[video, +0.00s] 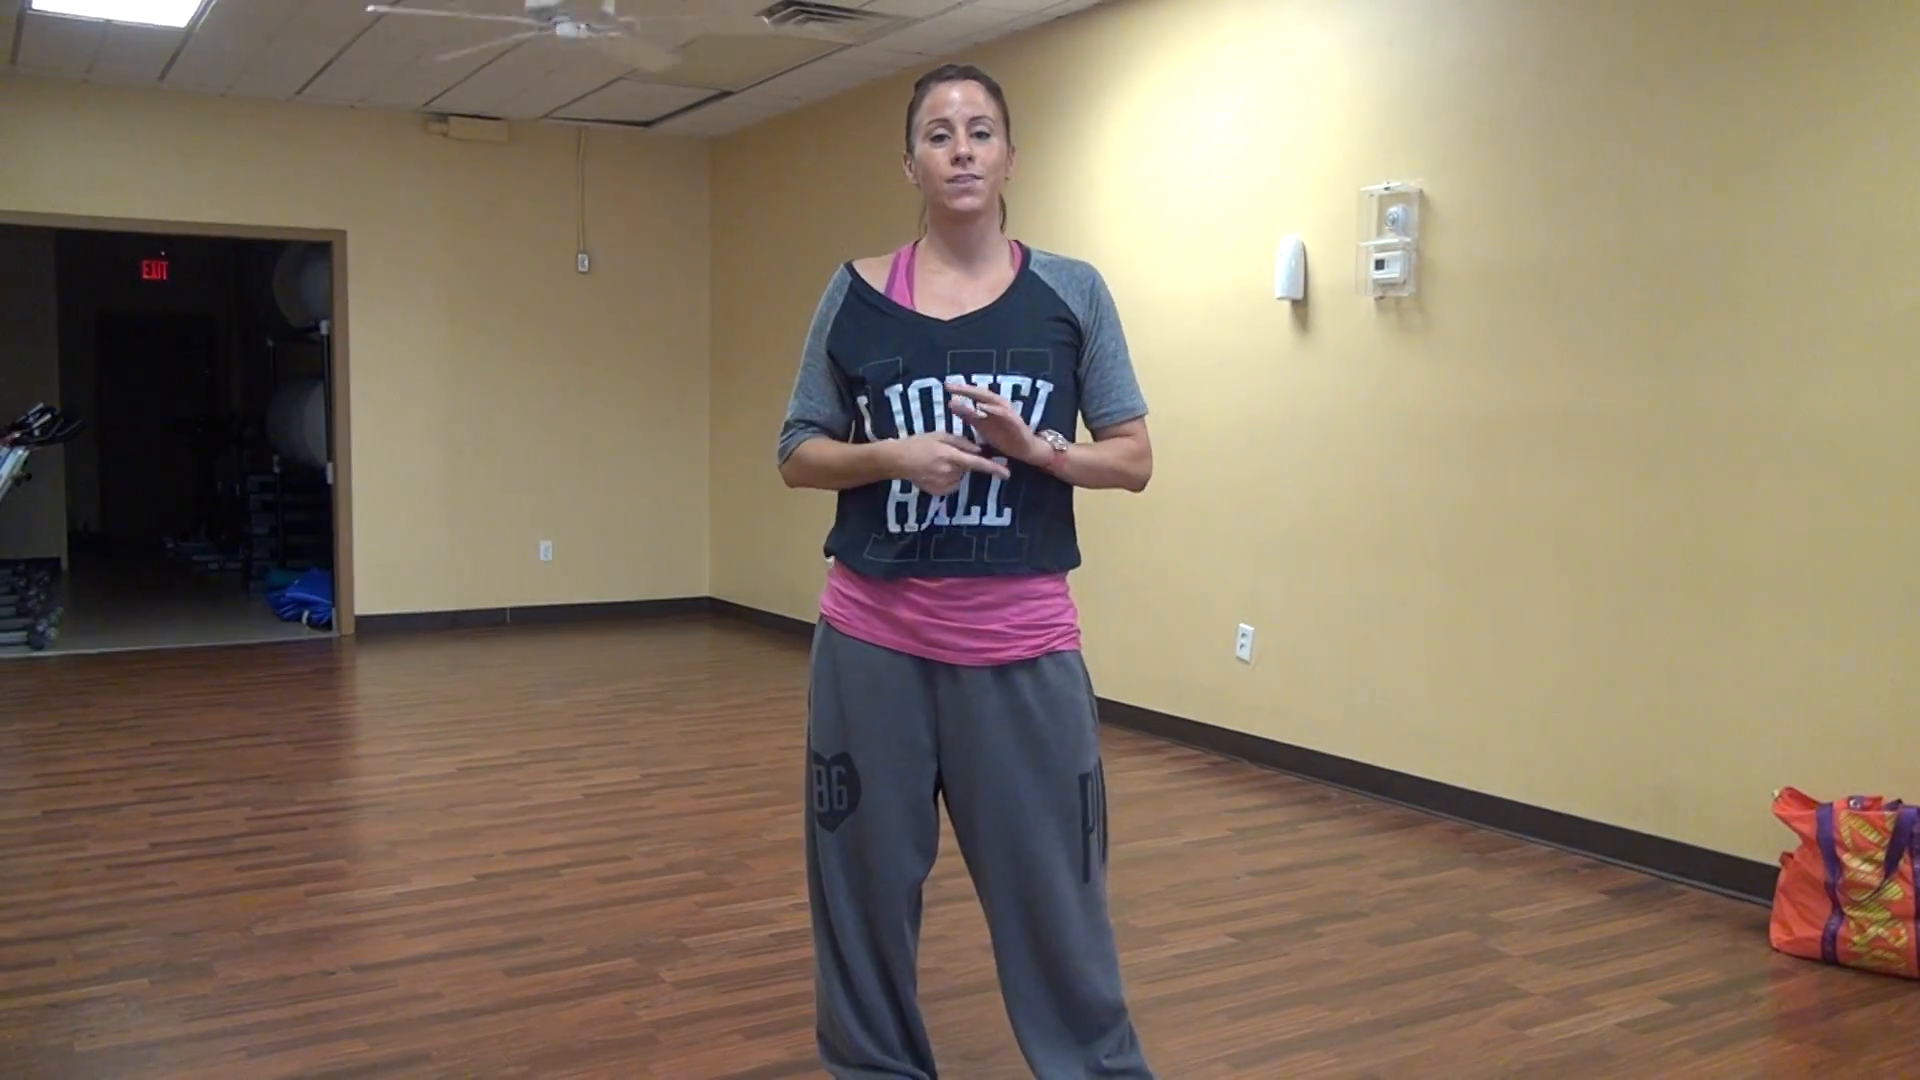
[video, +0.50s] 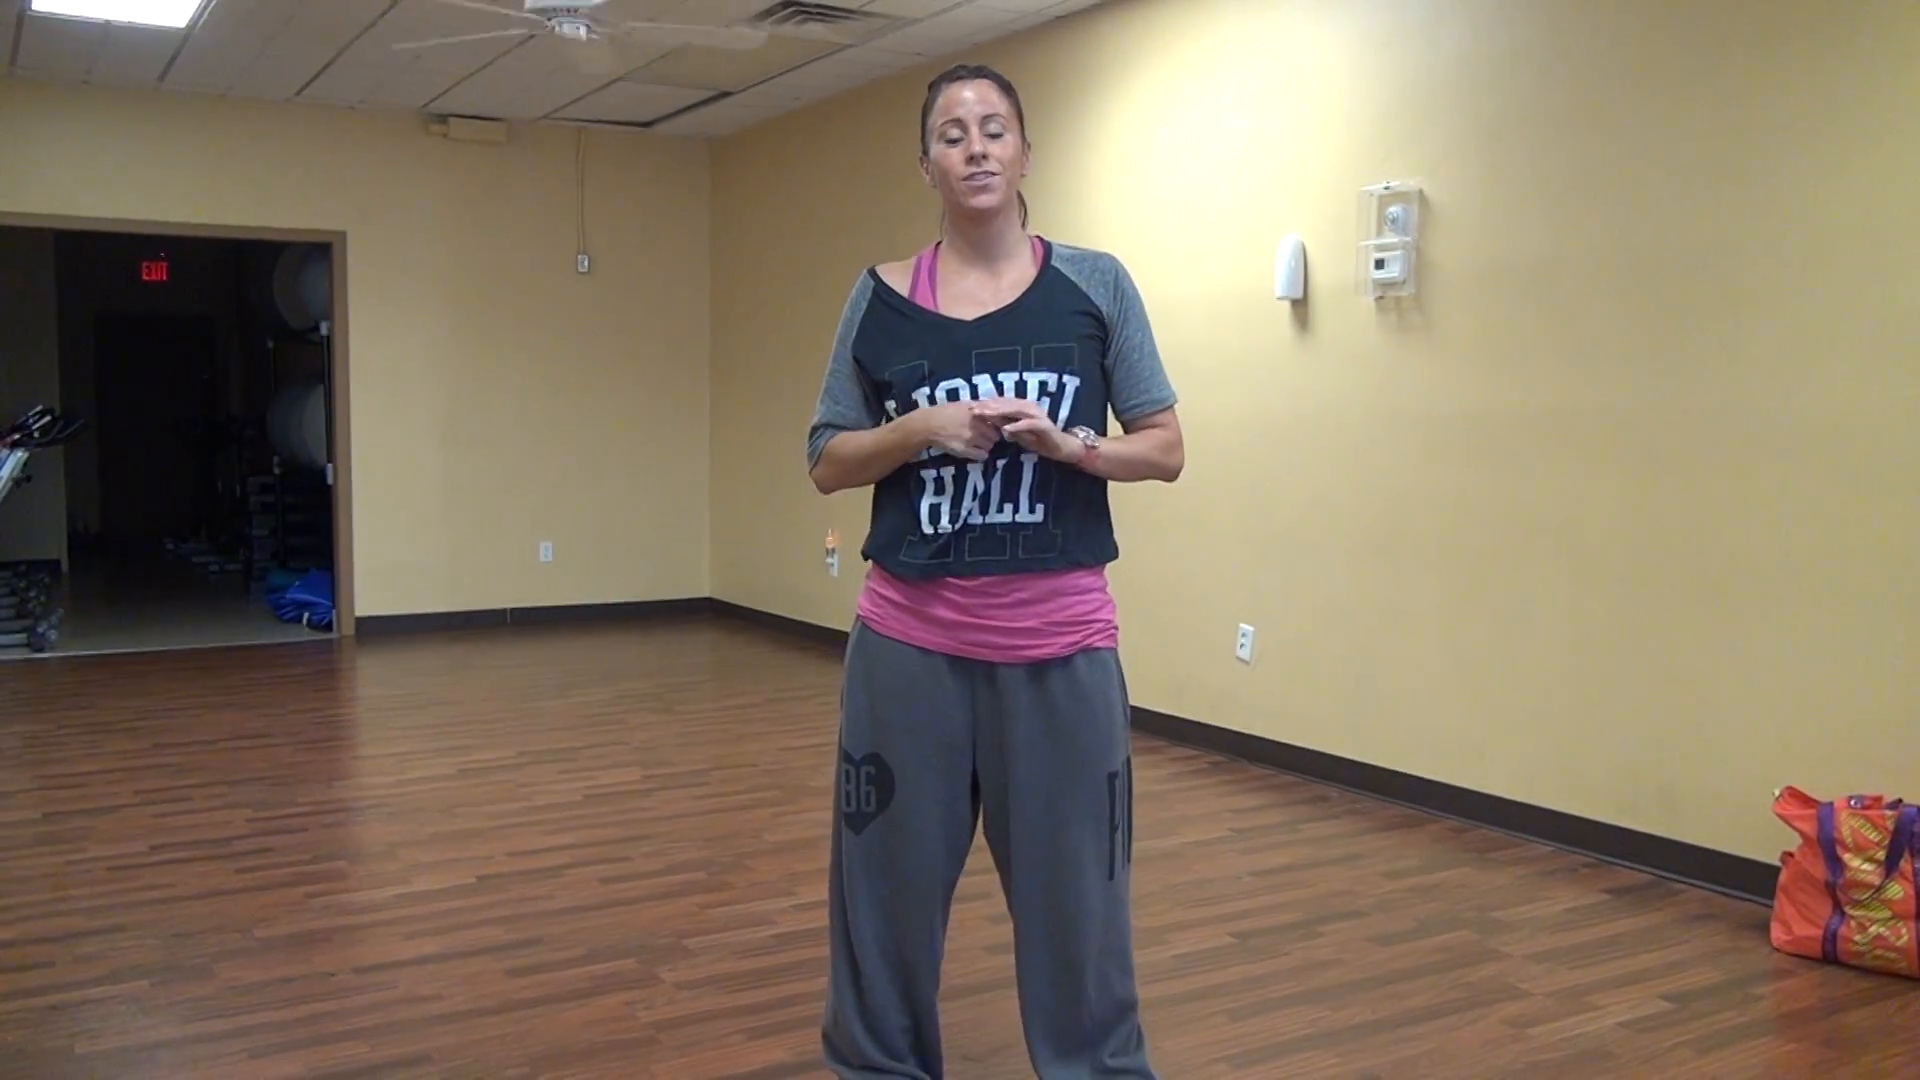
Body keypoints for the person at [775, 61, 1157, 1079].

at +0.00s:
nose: (960, 149)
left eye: (979, 132)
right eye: (939, 134)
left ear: (1008, 156)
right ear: (911, 162)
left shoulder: (1073, 289)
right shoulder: (858, 291)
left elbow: (1134, 459)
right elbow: (798, 454)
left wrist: (1043, 450)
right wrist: (886, 458)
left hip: (1021, 640)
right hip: (870, 638)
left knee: (1055, 900)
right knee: (862, 895)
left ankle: (1098, 1066)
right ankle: (875, 1066)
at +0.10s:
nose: (959, 148)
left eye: (978, 131)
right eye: (938, 134)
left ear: (1008, 155)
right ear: (911, 161)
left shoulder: (1076, 287)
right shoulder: (861, 291)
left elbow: (1140, 457)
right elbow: (801, 453)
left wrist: (1039, 450)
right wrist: (903, 446)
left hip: (1028, 638)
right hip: (877, 636)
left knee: (1058, 901)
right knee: (865, 897)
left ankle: (1100, 1067)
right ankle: (875, 1067)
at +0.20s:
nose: (962, 148)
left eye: (980, 129)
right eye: (940, 133)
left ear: (1012, 152)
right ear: (913, 162)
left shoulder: (1081, 285)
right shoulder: (866, 292)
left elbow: (1147, 453)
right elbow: (805, 456)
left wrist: (1047, 451)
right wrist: (906, 444)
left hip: (1037, 641)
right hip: (884, 639)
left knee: (1063, 908)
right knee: (870, 901)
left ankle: (1100, 1068)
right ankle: (877, 1068)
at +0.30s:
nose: (966, 147)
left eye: (985, 128)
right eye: (944, 133)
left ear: (1016, 151)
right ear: (918, 160)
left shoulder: (1086, 283)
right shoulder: (872, 293)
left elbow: (1154, 451)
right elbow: (810, 458)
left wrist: (1054, 449)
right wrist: (914, 442)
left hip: (1045, 641)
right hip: (892, 640)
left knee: (1067, 908)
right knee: (875, 904)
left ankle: (1099, 1068)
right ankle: (878, 1068)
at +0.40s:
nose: (971, 148)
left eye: (990, 129)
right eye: (949, 133)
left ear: (1021, 151)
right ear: (923, 160)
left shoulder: (1092, 283)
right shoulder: (877, 294)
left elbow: (1162, 450)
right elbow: (816, 462)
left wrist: (1064, 448)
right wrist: (917, 440)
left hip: (1053, 644)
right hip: (900, 643)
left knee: (1074, 915)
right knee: (879, 911)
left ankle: (1099, 1068)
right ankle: (880, 1068)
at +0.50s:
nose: (975, 147)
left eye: (993, 128)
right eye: (952, 134)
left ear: (1025, 151)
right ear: (926, 162)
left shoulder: (1097, 282)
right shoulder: (883, 295)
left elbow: (1166, 449)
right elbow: (828, 465)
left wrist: (1071, 447)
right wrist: (919, 429)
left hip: (1061, 643)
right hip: (906, 642)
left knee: (1080, 909)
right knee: (884, 905)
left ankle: (1100, 1068)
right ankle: (882, 1068)